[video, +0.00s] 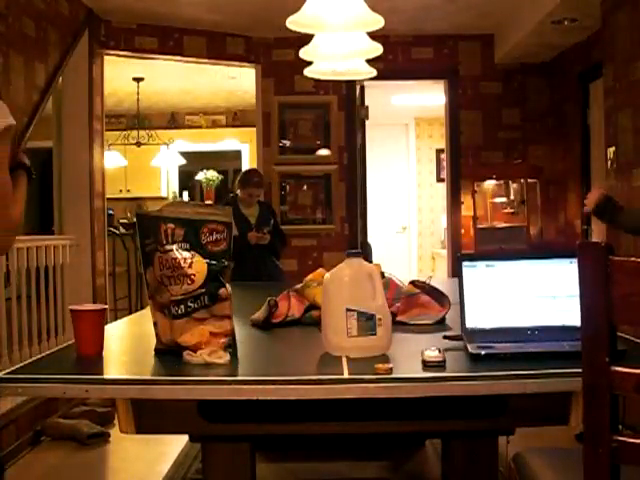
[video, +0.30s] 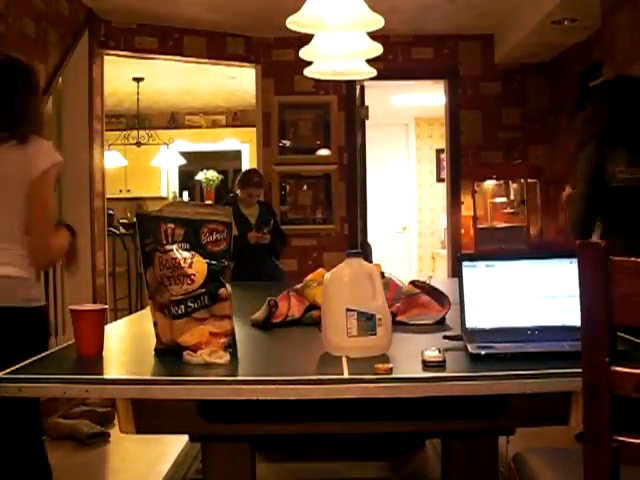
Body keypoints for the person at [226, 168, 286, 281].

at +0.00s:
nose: (253, 200)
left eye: (257, 196)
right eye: (249, 195)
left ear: (262, 192)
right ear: (240, 190)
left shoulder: (266, 208)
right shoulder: (229, 208)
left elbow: (282, 240)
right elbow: (224, 244)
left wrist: (269, 239)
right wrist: (246, 239)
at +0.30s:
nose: (253, 200)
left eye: (257, 196)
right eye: (249, 195)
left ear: (262, 192)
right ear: (239, 190)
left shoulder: (266, 208)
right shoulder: (229, 208)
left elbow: (281, 240)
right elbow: (224, 244)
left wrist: (269, 239)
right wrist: (246, 239)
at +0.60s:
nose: (253, 200)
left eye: (257, 196)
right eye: (249, 195)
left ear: (262, 192)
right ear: (239, 189)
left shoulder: (266, 208)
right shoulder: (229, 208)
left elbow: (281, 240)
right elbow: (224, 244)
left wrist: (269, 239)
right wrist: (246, 239)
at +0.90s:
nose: (254, 199)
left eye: (257, 195)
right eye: (250, 194)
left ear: (261, 192)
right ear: (240, 189)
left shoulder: (266, 208)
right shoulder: (229, 208)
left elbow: (282, 240)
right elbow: (224, 244)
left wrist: (269, 239)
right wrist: (246, 239)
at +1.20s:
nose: (254, 199)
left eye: (258, 194)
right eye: (249, 194)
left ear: (262, 191)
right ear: (240, 189)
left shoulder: (266, 208)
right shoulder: (229, 208)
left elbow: (282, 239)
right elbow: (225, 242)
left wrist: (269, 239)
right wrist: (246, 240)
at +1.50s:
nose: (255, 197)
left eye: (259, 193)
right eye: (251, 193)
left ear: (263, 190)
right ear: (241, 188)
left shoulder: (268, 207)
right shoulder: (230, 207)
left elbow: (283, 238)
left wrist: (270, 239)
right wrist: (247, 239)